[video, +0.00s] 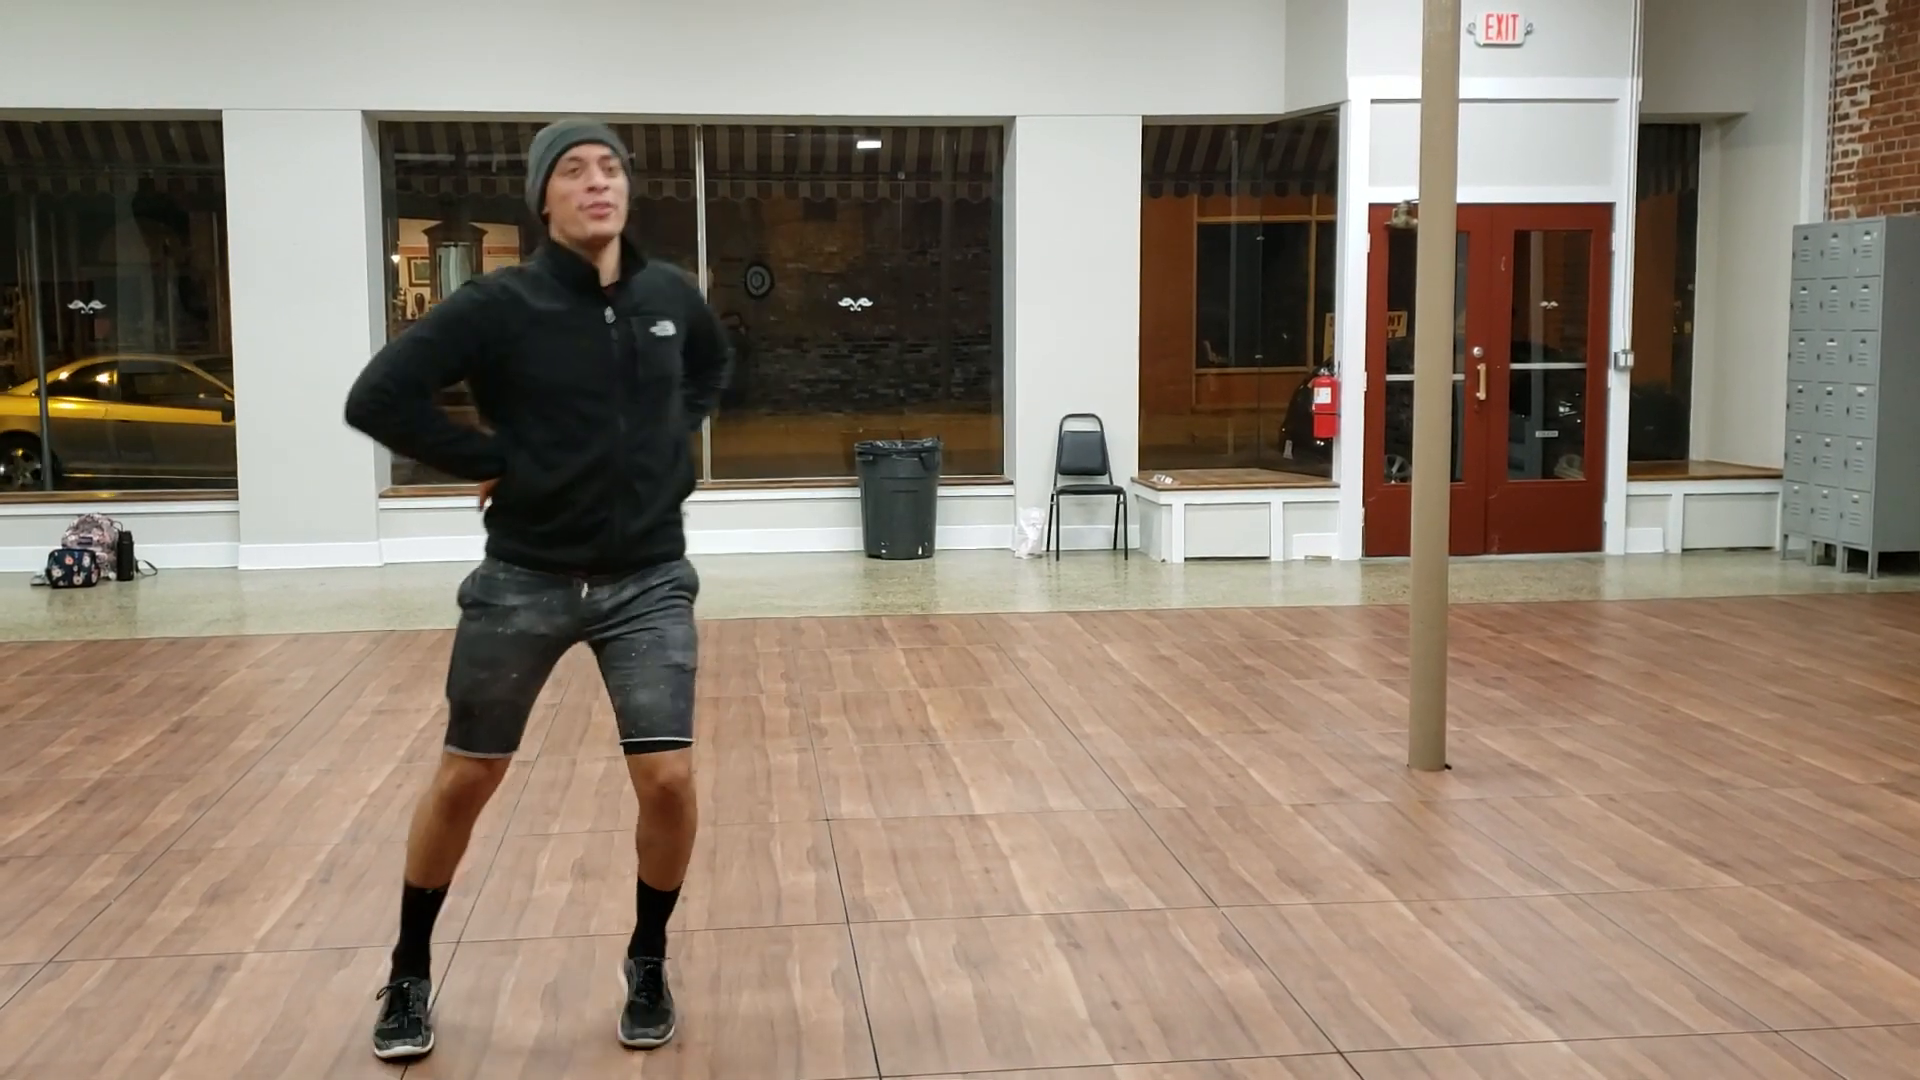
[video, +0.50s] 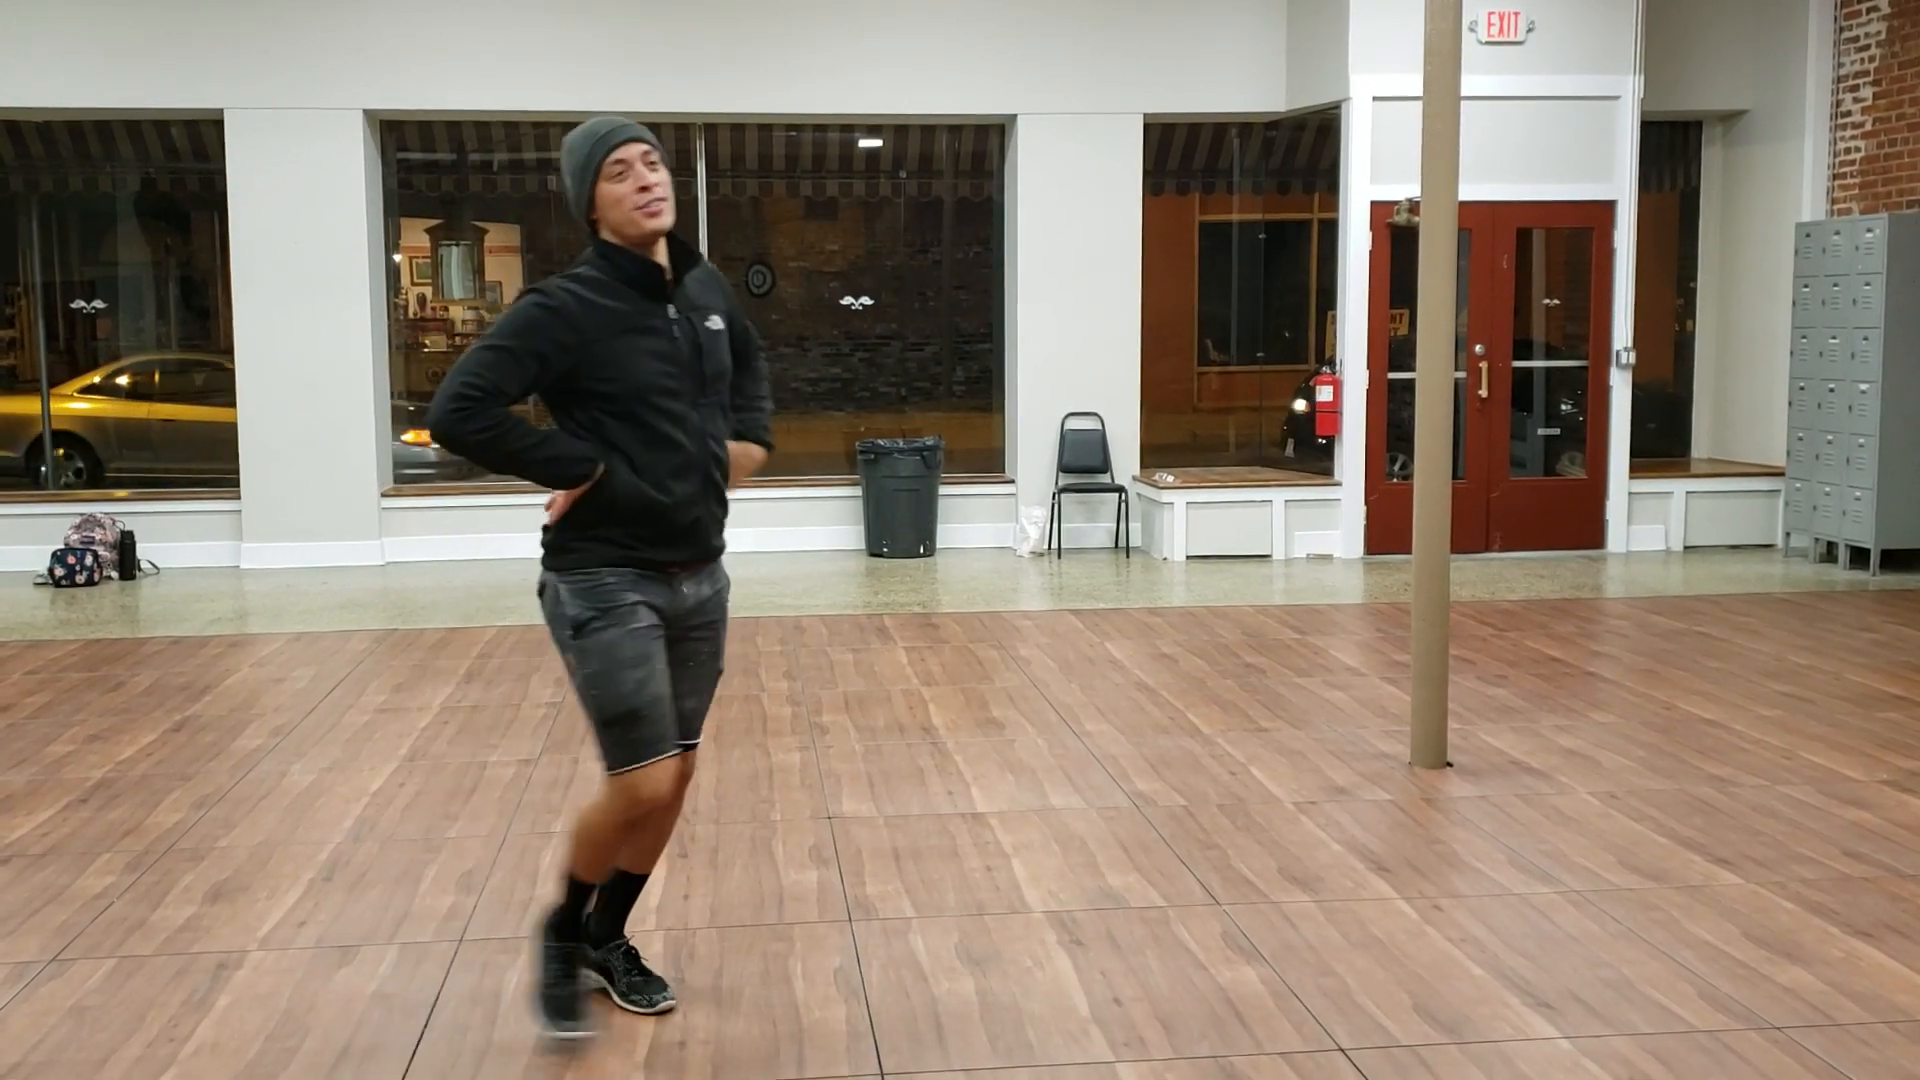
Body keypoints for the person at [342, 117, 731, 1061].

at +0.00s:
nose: (596, 183)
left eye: (609, 170)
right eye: (574, 172)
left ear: (630, 194)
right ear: (542, 202)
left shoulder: (674, 295)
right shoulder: (497, 306)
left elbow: (709, 370)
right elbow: (376, 400)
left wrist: (670, 439)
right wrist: (490, 458)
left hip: (648, 580)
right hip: (523, 583)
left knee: (669, 781)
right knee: (466, 777)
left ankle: (649, 959)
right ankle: (408, 972)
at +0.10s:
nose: (576, 215)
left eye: (586, 200)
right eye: (553, 205)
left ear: (604, 220)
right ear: (516, 232)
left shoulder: (645, 317)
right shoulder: (474, 341)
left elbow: (671, 394)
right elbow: (363, 446)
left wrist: (635, 463)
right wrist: (483, 501)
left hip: (624, 598)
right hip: (502, 608)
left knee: (678, 782)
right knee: (459, 804)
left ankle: (635, 940)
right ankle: (414, 983)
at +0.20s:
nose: (572, 220)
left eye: (579, 205)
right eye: (548, 212)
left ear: (597, 222)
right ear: (511, 240)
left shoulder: (636, 322)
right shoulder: (478, 347)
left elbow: (650, 410)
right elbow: (376, 463)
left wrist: (637, 482)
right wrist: (494, 506)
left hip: (625, 600)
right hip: (506, 611)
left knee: (679, 789)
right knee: (463, 808)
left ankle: (625, 924)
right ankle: (415, 981)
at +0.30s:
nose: (585, 201)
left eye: (592, 185)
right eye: (560, 194)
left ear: (612, 202)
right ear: (526, 225)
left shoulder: (657, 304)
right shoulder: (498, 329)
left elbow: (662, 405)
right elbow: (397, 438)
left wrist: (655, 468)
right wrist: (518, 484)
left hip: (651, 590)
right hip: (536, 599)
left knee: (678, 786)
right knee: (490, 792)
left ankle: (613, 927)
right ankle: (418, 975)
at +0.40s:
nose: (613, 187)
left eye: (618, 170)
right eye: (588, 180)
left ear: (637, 186)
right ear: (555, 212)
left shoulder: (675, 284)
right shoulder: (528, 314)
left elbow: (711, 369)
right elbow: (428, 422)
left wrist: (688, 446)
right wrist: (553, 471)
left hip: (678, 578)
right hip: (573, 586)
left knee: (671, 773)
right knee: (558, 789)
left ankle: (606, 935)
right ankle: (456, 951)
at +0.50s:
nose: (649, 179)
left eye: (654, 164)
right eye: (624, 172)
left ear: (673, 183)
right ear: (589, 203)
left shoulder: (706, 290)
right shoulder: (563, 306)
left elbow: (747, 355)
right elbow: (458, 411)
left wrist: (749, 433)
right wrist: (577, 466)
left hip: (696, 570)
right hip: (599, 574)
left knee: (673, 775)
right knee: (647, 780)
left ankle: (606, 935)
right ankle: (563, 930)